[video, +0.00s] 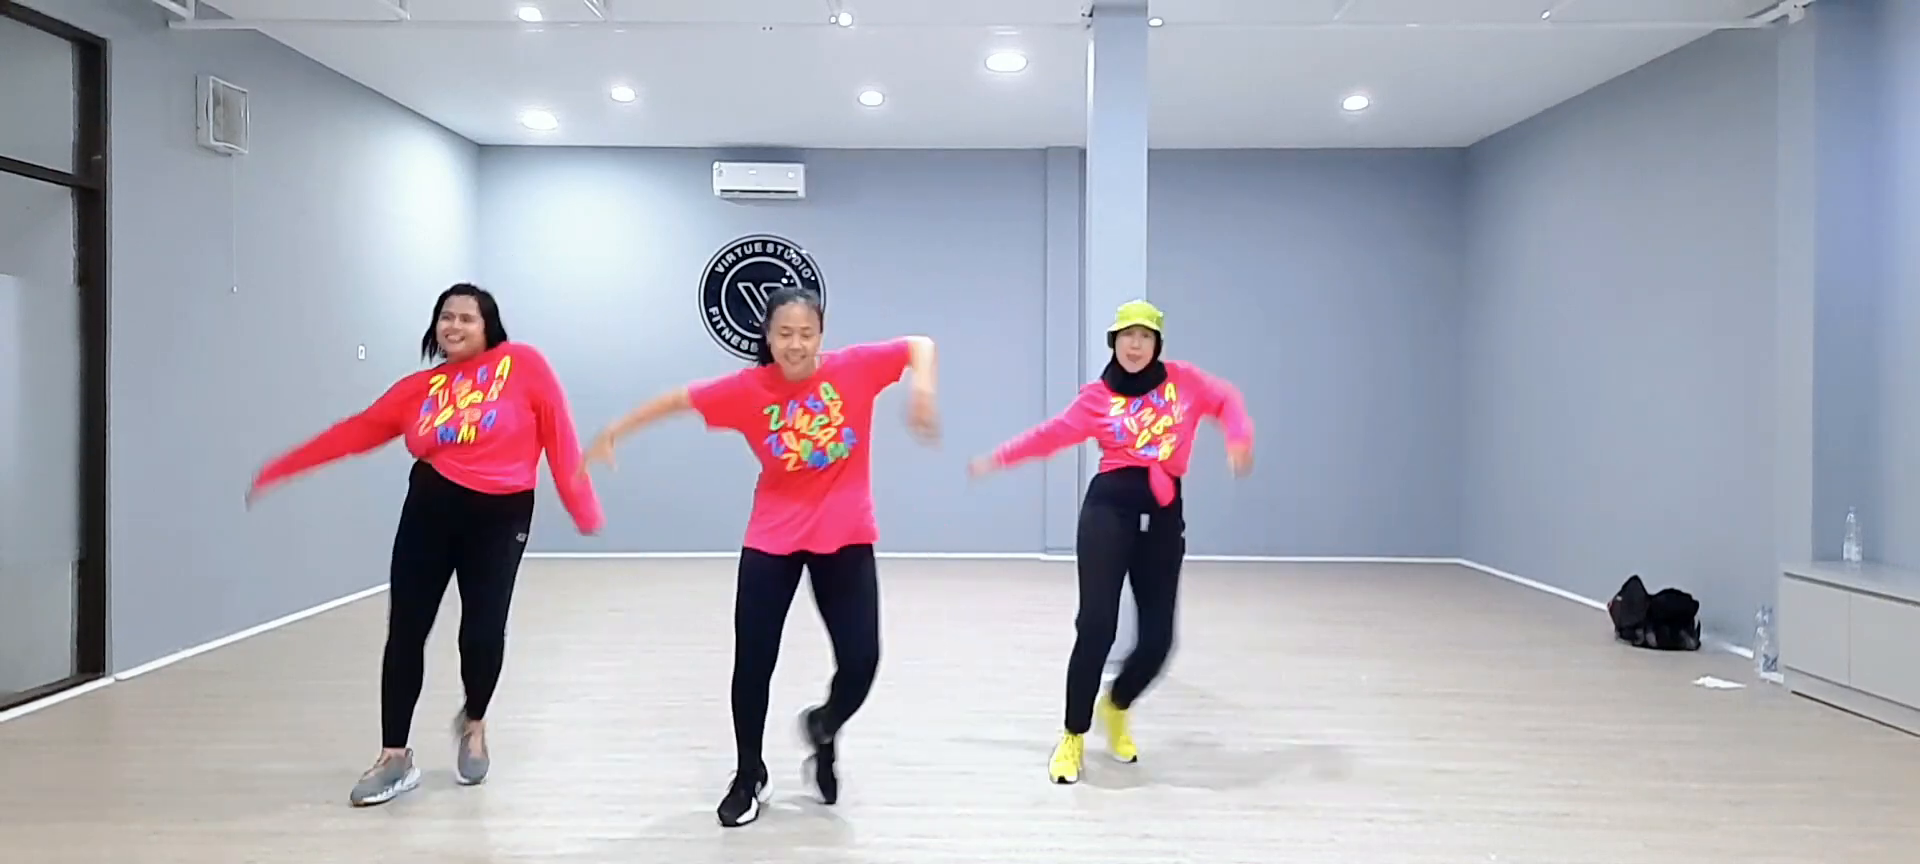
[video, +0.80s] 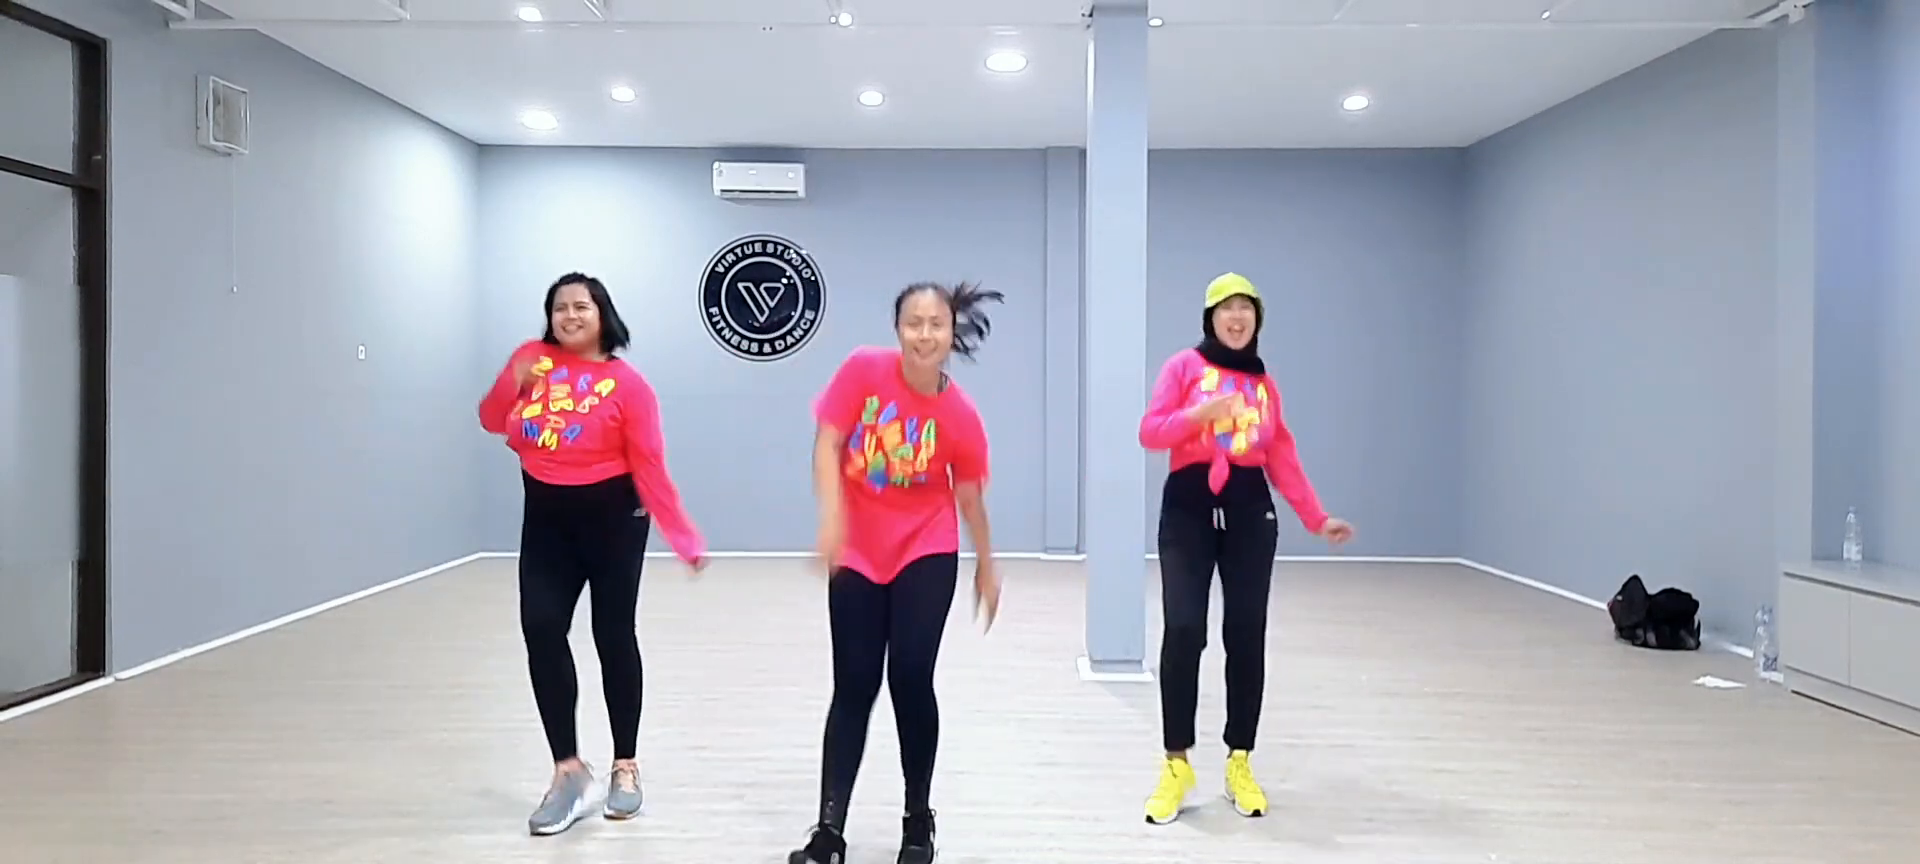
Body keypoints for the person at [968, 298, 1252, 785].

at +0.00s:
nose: (1134, 345)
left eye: (1143, 337)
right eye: (1126, 336)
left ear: (1157, 343)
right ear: (1113, 342)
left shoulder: (1184, 380)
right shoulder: (1098, 398)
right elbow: (1051, 434)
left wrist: (1239, 441)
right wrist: (997, 458)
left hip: (1163, 518)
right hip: (1108, 515)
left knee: (1158, 640)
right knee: (1096, 627)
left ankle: (1115, 704)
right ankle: (1072, 737)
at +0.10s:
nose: (1139, 352)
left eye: (1149, 344)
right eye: (1131, 343)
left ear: (1161, 350)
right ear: (1117, 348)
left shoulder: (1176, 392)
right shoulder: (1099, 403)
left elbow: (1190, 447)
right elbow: (1063, 461)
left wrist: (1200, 495)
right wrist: (1018, 513)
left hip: (1162, 523)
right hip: (1106, 520)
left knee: (1196, 631)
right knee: (1093, 633)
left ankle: (1163, 693)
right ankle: (1073, 739)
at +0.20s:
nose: (1152, 353)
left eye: (1161, 344)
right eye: (1143, 344)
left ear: (1173, 350)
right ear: (1128, 349)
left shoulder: (1184, 399)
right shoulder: (1109, 408)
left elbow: (1178, 463)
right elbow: (1093, 478)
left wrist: (1172, 514)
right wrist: (1079, 544)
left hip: (1172, 526)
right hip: (1115, 528)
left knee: (1220, 611)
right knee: (1099, 639)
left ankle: (1224, 727)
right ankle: (1073, 742)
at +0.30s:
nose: (1172, 348)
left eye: (1181, 339)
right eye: (1162, 339)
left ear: (1191, 347)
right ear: (1147, 345)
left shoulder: (1199, 396)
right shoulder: (1129, 400)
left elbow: (1197, 460)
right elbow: (1136, 470)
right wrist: (1153, 535)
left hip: (1194, 519)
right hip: (1138, 519)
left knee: (1233, 631)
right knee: (1114, 637)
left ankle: (1266, 762)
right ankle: (1076, 739)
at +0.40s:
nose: (1192, 343)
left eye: (1201, 335)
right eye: (1183, 335)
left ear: (1213, 344)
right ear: (1166, 343)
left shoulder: (1222, 397)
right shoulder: (1151, 396)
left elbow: (1224, 458)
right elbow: (1164, 455)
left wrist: (1230, 499)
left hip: (1227, 529)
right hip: (1167, 529)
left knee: (1250, 650)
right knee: (1128, 647)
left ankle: (1267, 770)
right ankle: (1079, 731)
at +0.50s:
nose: (1209, 328)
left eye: (1217, 319)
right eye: (1199, 320)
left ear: (1230, 328)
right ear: (1182, 329)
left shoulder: (1246, 384)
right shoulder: (1165, 380)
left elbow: (1251, 457)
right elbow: (1176, 437)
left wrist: (1262, 517)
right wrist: (1247, 423)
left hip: (1241, 516)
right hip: (1179, 513)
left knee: (1257, 640)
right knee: (1140, 631)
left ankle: (1268, 769)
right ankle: (1115, 721)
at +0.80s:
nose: (1237, 318)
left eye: (1246, 310)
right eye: (1228, 309)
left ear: (1257, 319)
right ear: (1211, 317)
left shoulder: (1263, 385)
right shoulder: (1184, 366)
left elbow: (1281, 457)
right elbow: (1150, 432)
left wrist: (1317, 519)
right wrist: (1202, 414)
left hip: (1251, 512)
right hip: (1189, 510)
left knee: (1247, 635)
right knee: (1184, 629)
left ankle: (1240, 763)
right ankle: (1176, 766)